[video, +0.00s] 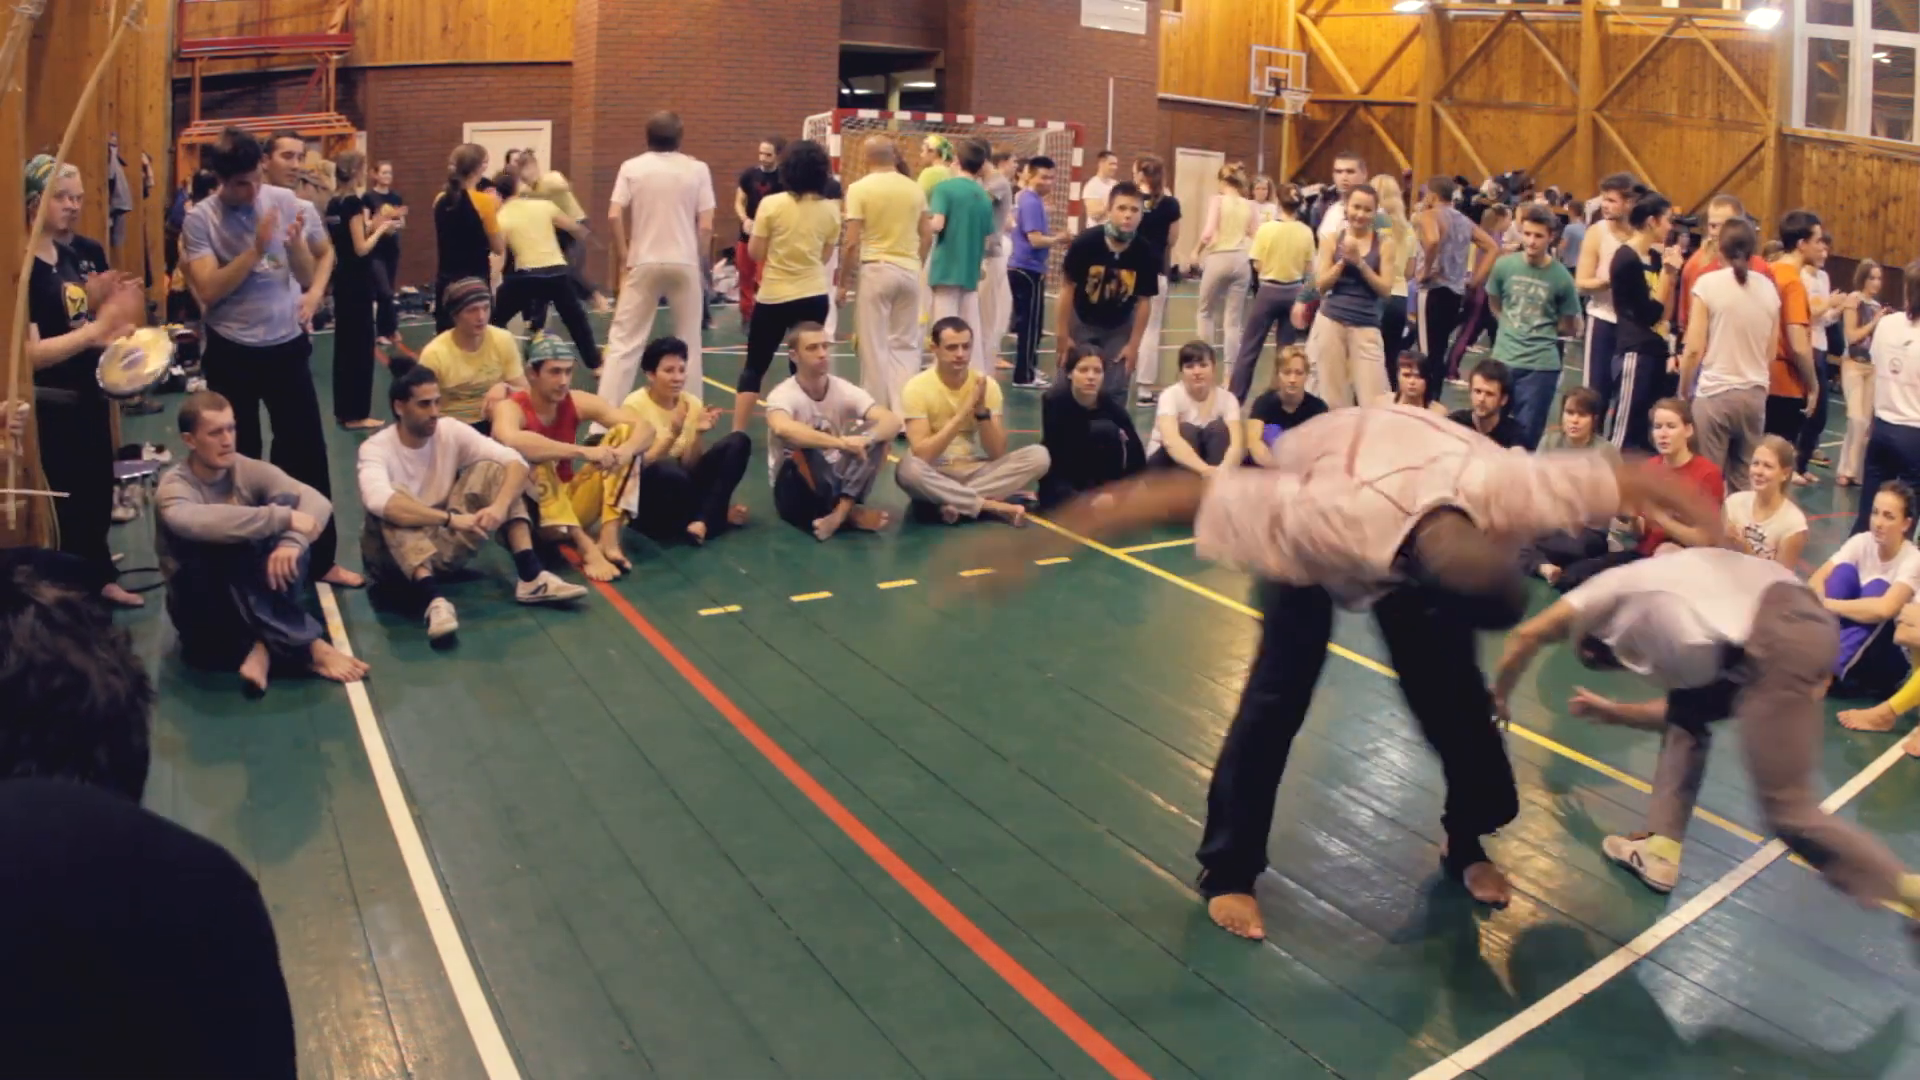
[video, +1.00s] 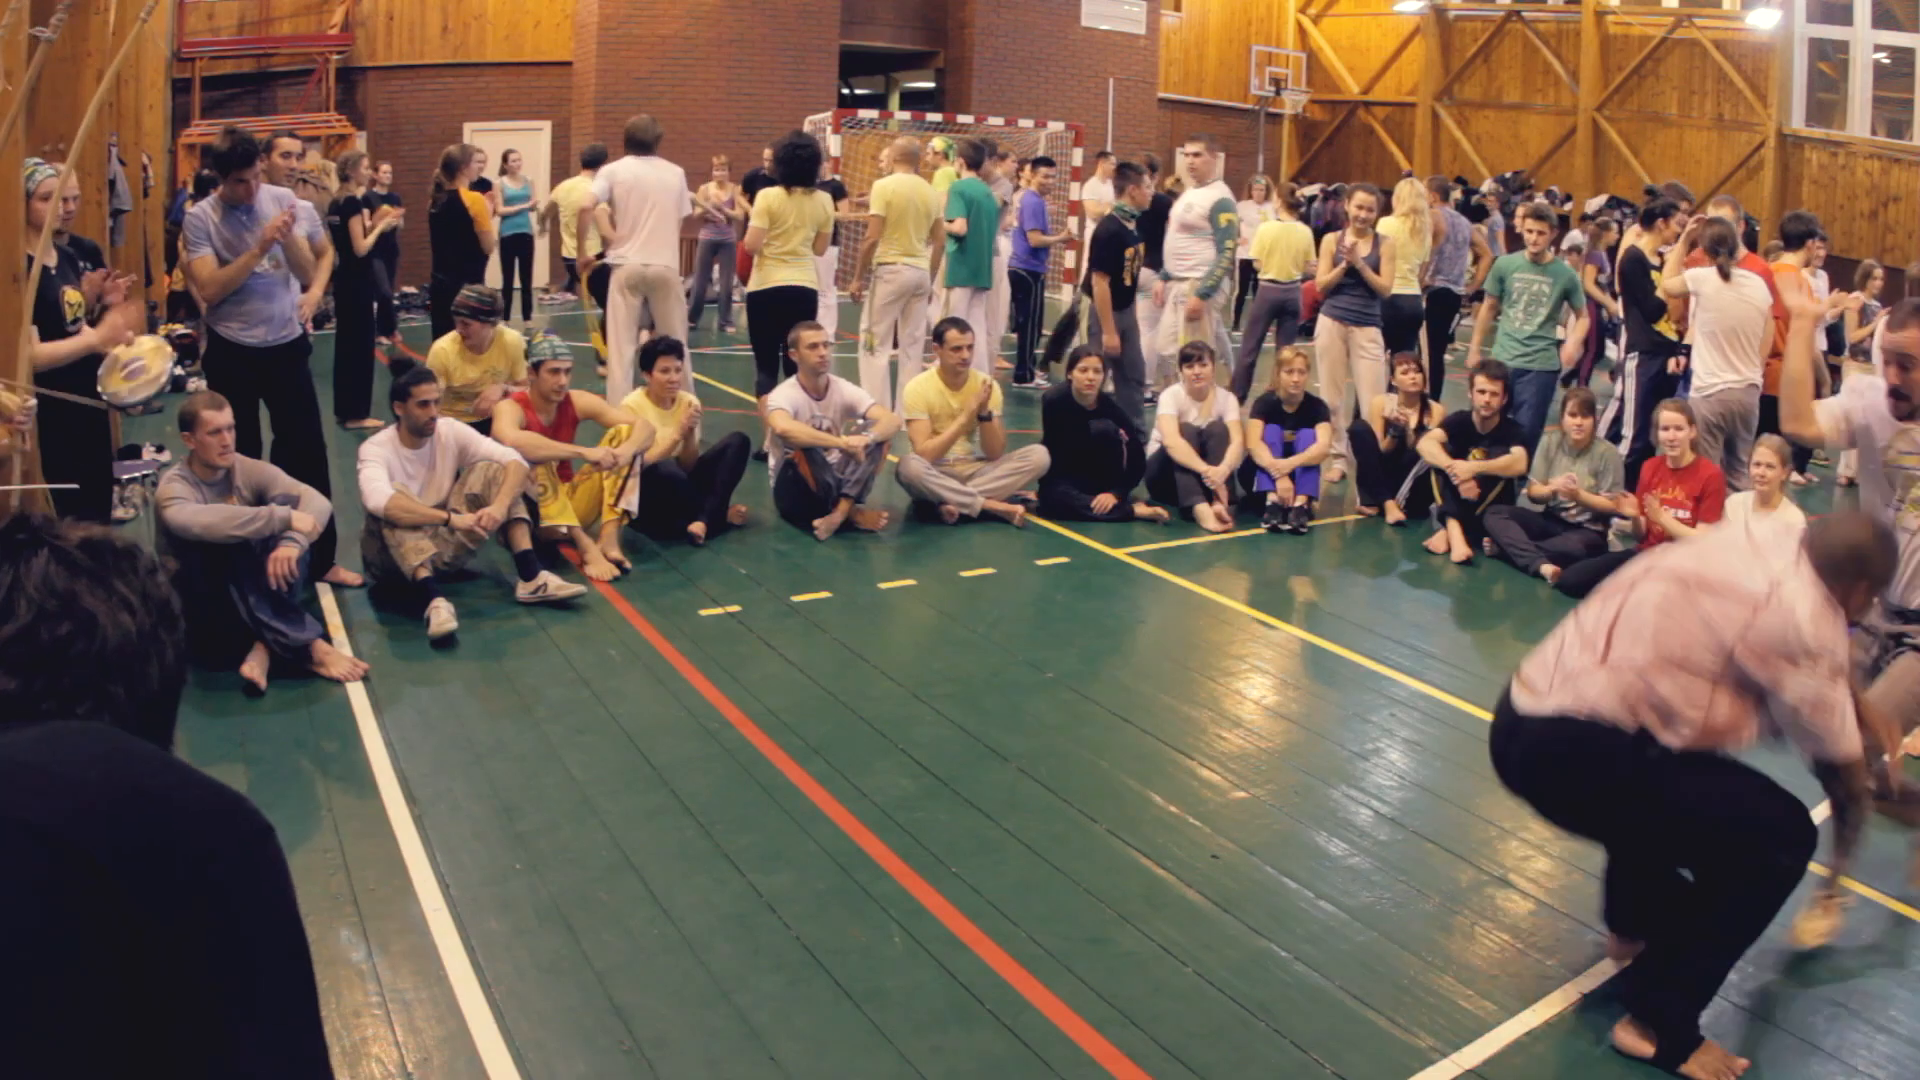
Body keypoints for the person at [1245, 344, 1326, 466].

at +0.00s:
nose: (1292, 380)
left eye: (1298, 373)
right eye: (1287, 373)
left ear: (1306, 376)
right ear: (1278, 375)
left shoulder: (1318, 407)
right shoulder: (1264, 403)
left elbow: (1325, 445)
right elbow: (1253, 442)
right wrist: (1277, 468)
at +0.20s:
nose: (1293, 379)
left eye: (1299, 373)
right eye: (1288, 373)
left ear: (1306, 376)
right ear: (1277, 375)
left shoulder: (1317, 406)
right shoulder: (1263, 403)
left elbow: (1324, 447)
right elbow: (1253, 442)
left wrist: (1287, 465)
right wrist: (1280, 477)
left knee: (1307, 435)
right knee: (1272, 431)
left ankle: (1301, 500)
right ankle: (1272, 498)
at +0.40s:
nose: (1294, 379)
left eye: (1300, 374)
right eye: (1289, 373)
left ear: (1307, 377)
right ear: (1278, 375)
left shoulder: (1317, 406)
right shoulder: (1263, 402)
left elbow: (1324, 447)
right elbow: (1253, 442)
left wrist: (1287, 465)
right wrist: (1280, 477)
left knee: (1307, 434)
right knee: (1272, 430)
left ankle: (1302, 500)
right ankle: (1272, 498)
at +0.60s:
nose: (1295, 380)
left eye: (1300, 374)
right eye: (1289, 373)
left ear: (1307, 376)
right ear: (1278, 375)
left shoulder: (1317, 406)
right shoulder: (1264, 403)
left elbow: (1324, 448)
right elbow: (1253, 443)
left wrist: (1287, 465)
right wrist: (1280, 477)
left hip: (1299, 482)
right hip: (1264, 479)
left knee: (1307, 434)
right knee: (1272, 430)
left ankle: (1301, 500)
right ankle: (1272, 499)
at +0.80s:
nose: (1295, 379)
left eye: (1301, 373)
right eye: (1289, 373)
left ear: (1307, 376)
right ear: (1278, 375)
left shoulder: (1317, 406)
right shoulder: (1264, 403)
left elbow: (1324, 448)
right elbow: (1253, 443)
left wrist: (1287, 465)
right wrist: (1280, 477)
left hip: (1300, 482)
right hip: (1264, 479)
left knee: (1307, 434)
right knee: (1272, 430)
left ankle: (1302, 500)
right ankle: (1272, 499)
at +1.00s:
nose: (1296, 379)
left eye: (1301, 373)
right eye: (1290, 372)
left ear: (1307, 376)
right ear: (1278, 374)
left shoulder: (1317, 406)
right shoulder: (1264, 403)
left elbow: (1324, 447)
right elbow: (1253, 443)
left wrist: (1287, 465)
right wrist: (1280, 477)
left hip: (1299, 482)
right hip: (1263, 479)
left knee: (1307, 434)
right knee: (1272, 430)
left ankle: (1301, 500)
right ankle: (1272, 499)